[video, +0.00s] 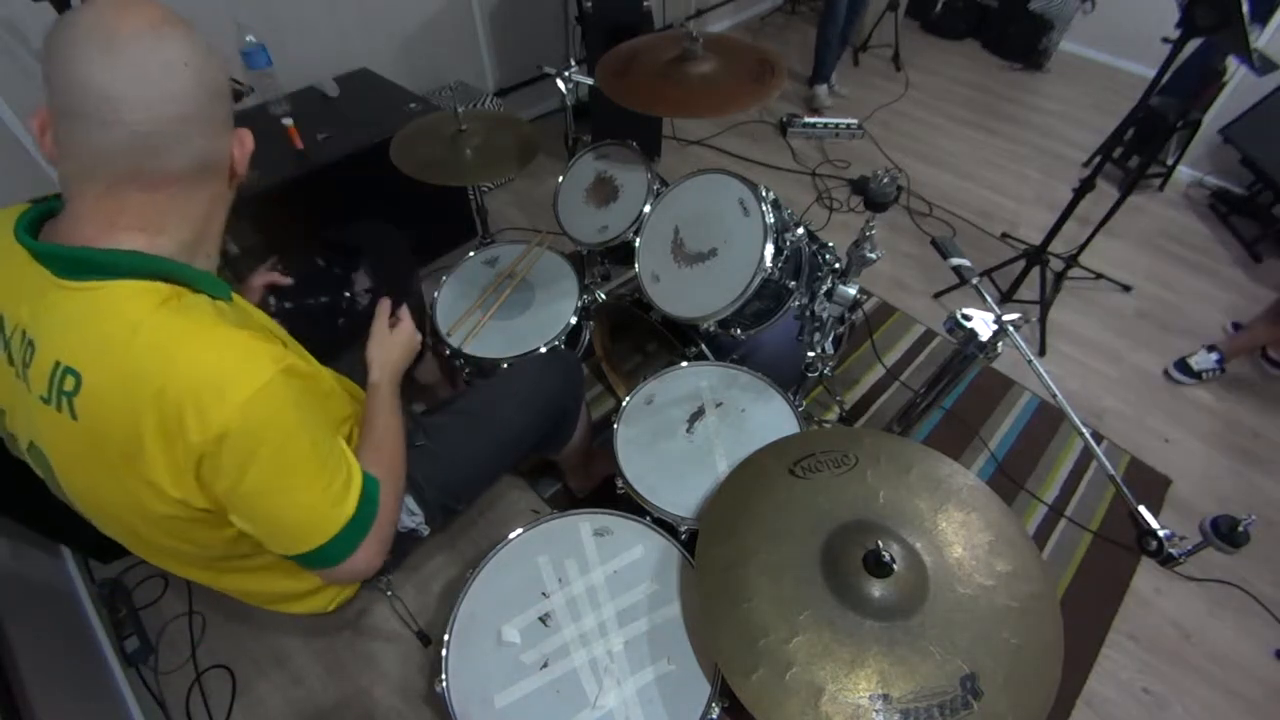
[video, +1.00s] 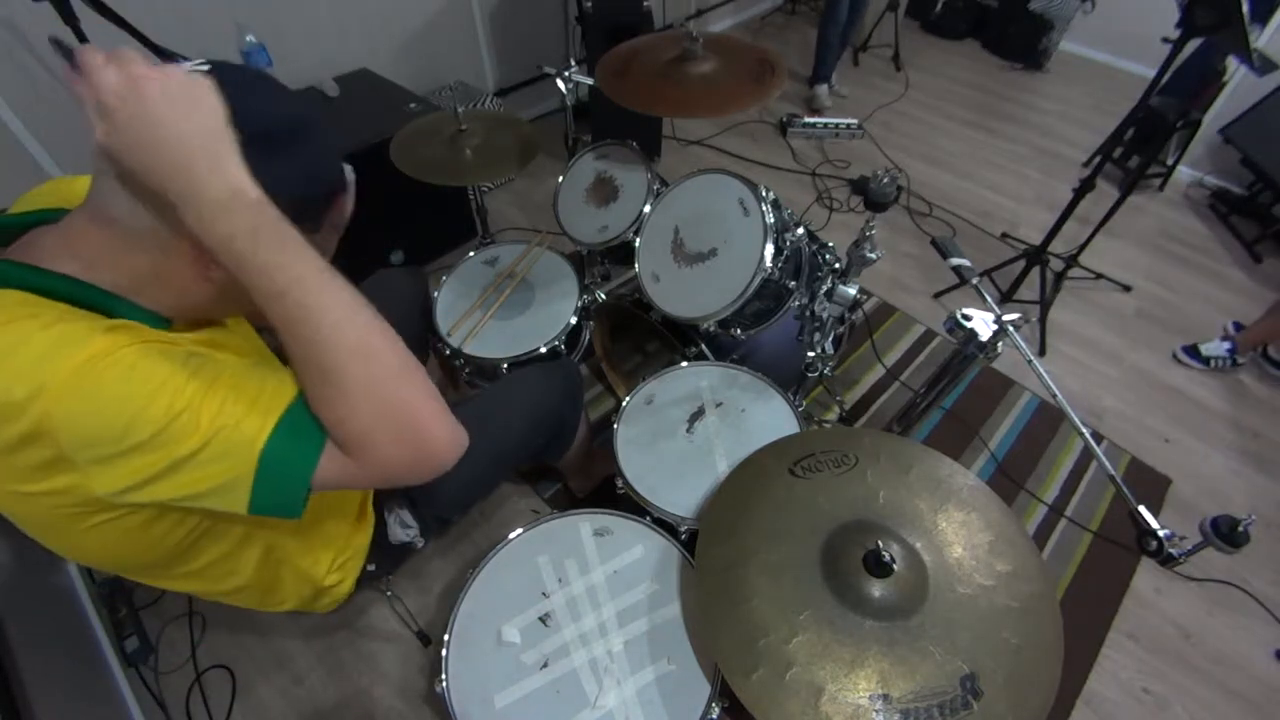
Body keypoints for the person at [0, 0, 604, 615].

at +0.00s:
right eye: (248, 125)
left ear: (45, 135)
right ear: (239, 156)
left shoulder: (20, 243)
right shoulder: (237, 382)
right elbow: (361, 550)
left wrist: (230, 309)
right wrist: (384, 380)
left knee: (372, 250)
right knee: (553, 365)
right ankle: (581, 467)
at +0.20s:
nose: (221, 134)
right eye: (218, 119)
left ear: (27, 152)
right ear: (214, 156)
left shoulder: (18, 255)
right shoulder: (218, 383)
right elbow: (333, 558)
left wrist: (226, 312)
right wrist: (406, 383)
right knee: (555, 365)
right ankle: (574, 470)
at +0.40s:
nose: (235, 158)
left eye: (223, 140)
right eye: (226, 148)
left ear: (48, 179)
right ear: (199, 200)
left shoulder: (21, 258)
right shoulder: (177, 403)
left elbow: (138, 314)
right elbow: (365, 544)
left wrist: (251, 280)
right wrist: (430, 347)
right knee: (555, 373)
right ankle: (584, 470)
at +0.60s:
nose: (285, 229)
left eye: (279, 211)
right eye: (274, 221)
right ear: (193, 258)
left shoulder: (30, 219)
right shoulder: (124, 419)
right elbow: (398, 498)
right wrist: (352, 254)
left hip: (249, 376)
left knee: (387, 286)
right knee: (553, 379)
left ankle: (427, 386)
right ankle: (577, 470)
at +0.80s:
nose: (316, 232)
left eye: (306, 223)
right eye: (307, 225)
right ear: (204, 268)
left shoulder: (43, 212)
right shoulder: (84, 406)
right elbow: (407, 467)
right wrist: (236, 216)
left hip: (241, 368)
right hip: (333, 517)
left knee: (417, 284)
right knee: (552, 380)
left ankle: (432, 395)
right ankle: (577, 466)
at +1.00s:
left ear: (123, 180)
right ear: (215, 258)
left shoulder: (51, 209)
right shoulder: (85, 396)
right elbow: (422, 441)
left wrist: (315, 244)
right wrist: (218, 193)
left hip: (243, 377)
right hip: (334, 519)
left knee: (414, 285)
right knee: (555, 382)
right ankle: (580, 468)